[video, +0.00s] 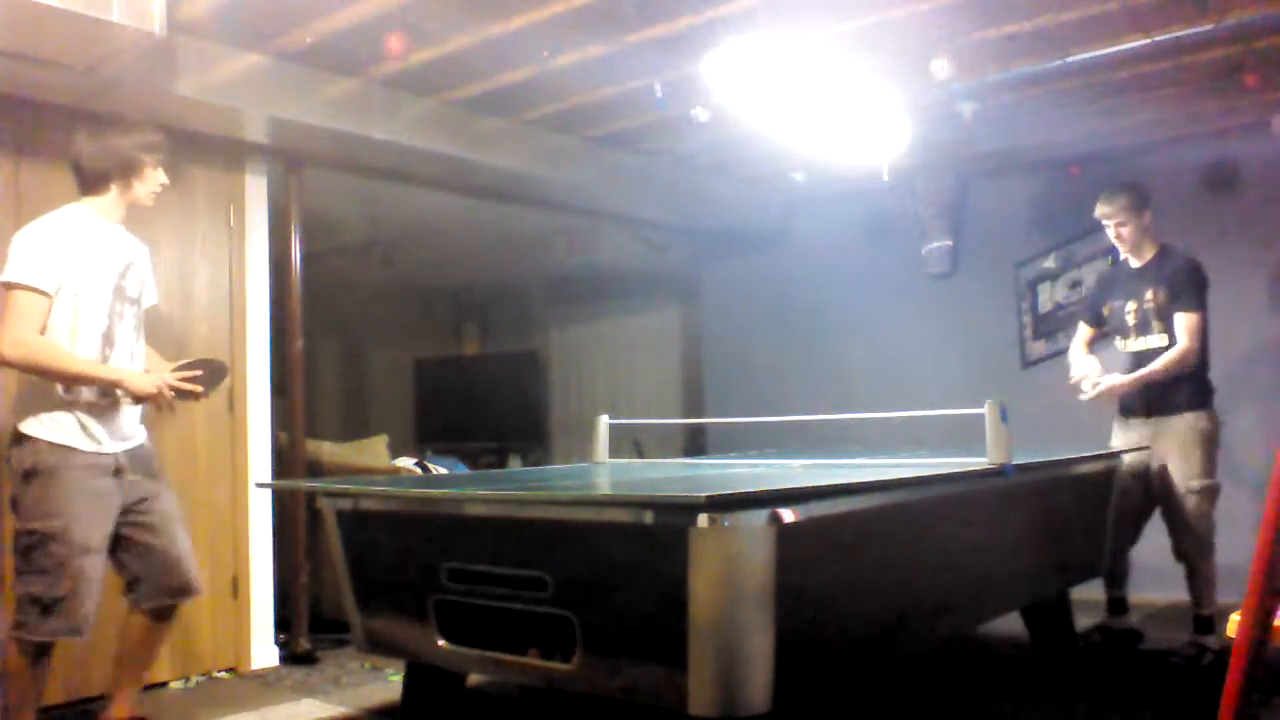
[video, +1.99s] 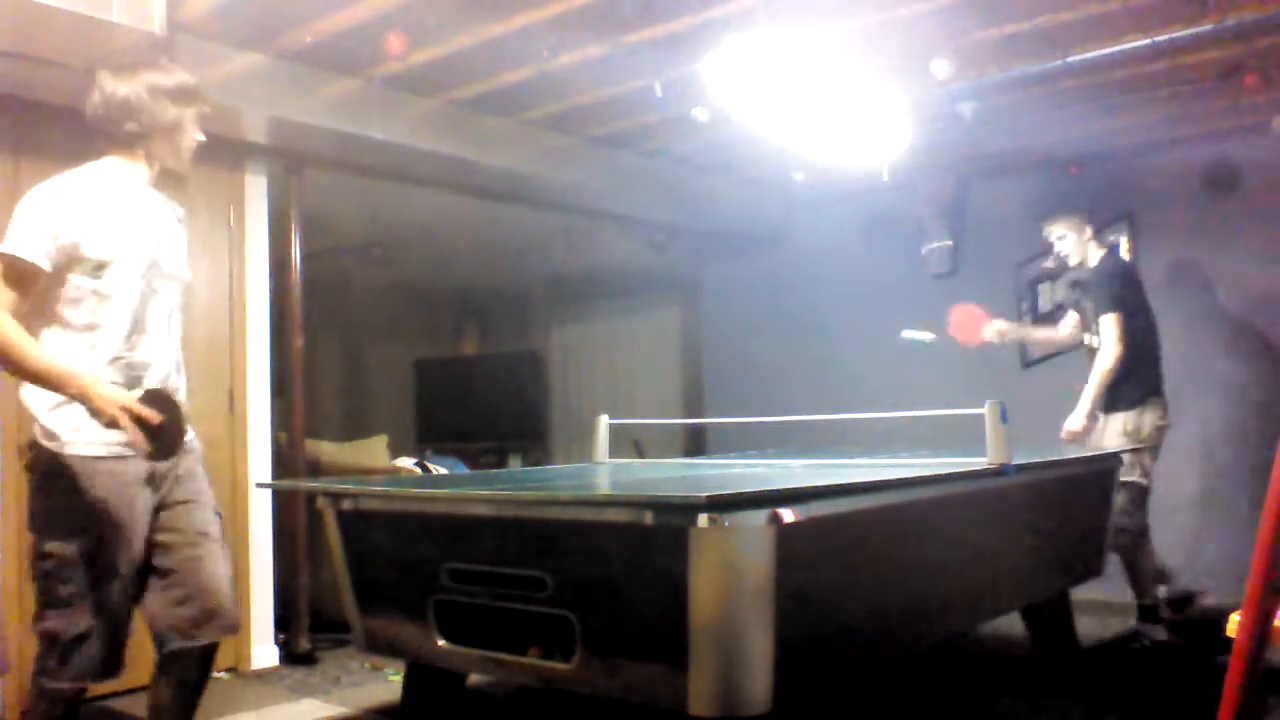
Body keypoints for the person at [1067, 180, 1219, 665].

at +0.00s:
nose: (1114, 235)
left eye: (1121, 224)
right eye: (1107, 227)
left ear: (1145, 217)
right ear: (1104, 229)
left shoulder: (1182, 270)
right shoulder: (1107, 279)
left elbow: (1189, 350)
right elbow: (1078, 346)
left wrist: (1128, 380)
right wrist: (1083, 365)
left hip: (1183, 422)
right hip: (1129, 424)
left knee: (1193, 535)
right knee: (1111, 533)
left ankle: (1204, 630)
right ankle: (1117, 621)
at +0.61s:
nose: (1065, 243)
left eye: (1073, 233)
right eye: (1058, 236)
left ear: (1099, 232)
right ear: (1055, 241)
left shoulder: (1134, 288)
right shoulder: (1057, 295)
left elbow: (1152, 361)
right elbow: (1046, 355)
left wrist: (1101, 404)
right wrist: (1020, 385)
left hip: (1129, 429)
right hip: (1077, 432)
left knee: (1152, 530)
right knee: (1063, 532)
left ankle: (1197, 619)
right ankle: (1043, 620)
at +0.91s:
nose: (996, 247)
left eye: (1004, 238)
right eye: (992, 240)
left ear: (1027, 238)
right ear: (989, 244)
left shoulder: (1063, 288)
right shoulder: (998, 301)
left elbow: (1089, 355)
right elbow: (1003, 356)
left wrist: (1056, 411)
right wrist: (978, 396)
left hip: (1072, 425)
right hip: (1023, 429)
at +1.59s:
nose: (1004, 262)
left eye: (1007, 251)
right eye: (999, 255)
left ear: (1030, 241)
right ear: (1013, 251)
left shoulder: (1062, 279)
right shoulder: (1035, 289)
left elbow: (1089, 345)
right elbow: (1054, 358)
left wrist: (1055, 407)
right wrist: (1036, 404)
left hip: (1080, 420)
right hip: (1057, 421)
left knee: (1048, 524)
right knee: (1093, 522)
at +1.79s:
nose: (1032, 266)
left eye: (1033, 256)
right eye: (1028, 259)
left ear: (1053, 244)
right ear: (1058, 243)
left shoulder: (1074, 280)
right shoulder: (1100, 274)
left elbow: (1091, 349)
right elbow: (1108, 357)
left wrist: (1063, 414)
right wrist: (1063, 380)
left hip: (1099, 419)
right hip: (1125, 414)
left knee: (1065, 518)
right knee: (1115, 523)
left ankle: (1046, 621)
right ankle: (1147, 620)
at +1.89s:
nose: (1045, 258)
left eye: (1047, 247)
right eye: (1040, 250)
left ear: (1070, 237)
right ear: (1072, 239)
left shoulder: (1088, 274)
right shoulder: (1106, 270)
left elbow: (1102, 348)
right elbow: (1094, 350)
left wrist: (1073, 412)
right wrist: (1032, 360)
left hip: (1113, 415)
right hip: (1132, 412)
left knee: (1097, 511)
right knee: (1122, 519)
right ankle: (1148, 618)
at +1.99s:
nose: (1057, 249)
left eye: (1061, 238)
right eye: (1053, 242)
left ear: (1087, 230)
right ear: (1065, 241)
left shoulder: (1108, 274)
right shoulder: (1090, 279)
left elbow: (1112, 348)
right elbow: (1066, 333)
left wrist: (1083, 410)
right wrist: (1012, 331)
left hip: (1135, 413)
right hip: (1115, 413)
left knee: (1124, 521)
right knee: (1119, 520)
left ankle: (1151, 618)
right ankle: (1167, 593)